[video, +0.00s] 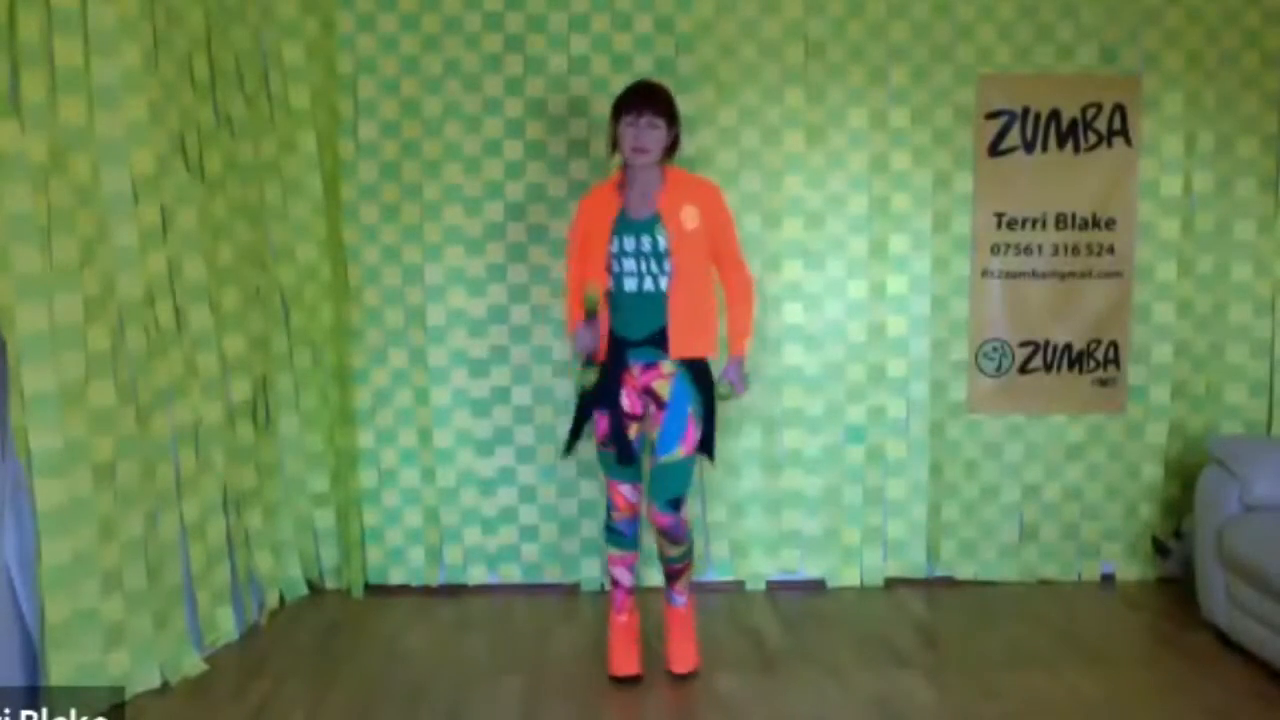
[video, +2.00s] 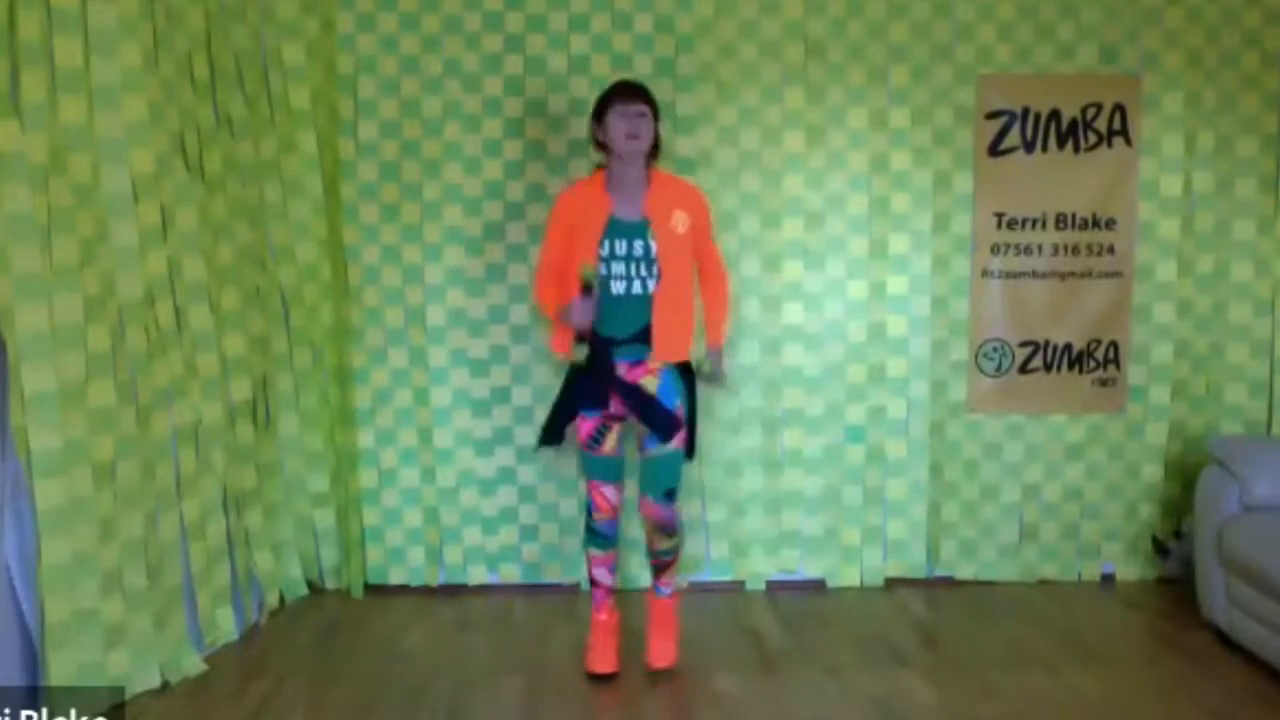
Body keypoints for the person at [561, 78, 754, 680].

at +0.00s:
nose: (641, 134)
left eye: (653, 124)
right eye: (631, 123)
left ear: (672, 135)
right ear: (615, 133)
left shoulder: (700, 197)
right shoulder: (595, 205)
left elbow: (737, 277)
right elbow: (577, 280)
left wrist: (737, 352)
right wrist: (579, 325)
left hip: (680, 364)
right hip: (615, 364)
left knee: (666, 507)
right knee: (622, 502)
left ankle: (680, 609)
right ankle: (622, 620)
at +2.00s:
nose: (634, 127)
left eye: (643, 117)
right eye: (622, 117)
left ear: (656, 131)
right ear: (600, 131)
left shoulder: (684, 198)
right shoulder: (575, 201)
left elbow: (712, 274)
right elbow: (548, 281)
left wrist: (713, 340)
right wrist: (569, 310)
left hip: (665, 362)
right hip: (600, 361)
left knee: (659, 504)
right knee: (602, 500)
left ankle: (664, 607)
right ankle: (602, 616)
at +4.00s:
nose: (633, 139)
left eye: (647, 129)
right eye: (624, 127)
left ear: (666, 143)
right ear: (607, 135)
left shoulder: (679, 214)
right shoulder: (570, 197)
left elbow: (690, 304)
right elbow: (549, 280)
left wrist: (685, 395)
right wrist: (540, 364)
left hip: (643, 361)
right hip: (569, 359)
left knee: (657, 502)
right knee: (557, 498)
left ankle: (658, 630)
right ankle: (565, 619)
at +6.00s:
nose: (932, 253)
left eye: (946, 246)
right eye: (926, 239)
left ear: (959, 262)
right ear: (904, 241)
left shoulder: (951, 337)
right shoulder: (851, 275)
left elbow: (1008, 403)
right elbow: (772, 265)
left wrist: (1080, 471)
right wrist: (764, 332)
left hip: (877, 460)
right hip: (800, 446)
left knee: (990, 530)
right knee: (691, 534)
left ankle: (977, 645)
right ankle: (682, 640)